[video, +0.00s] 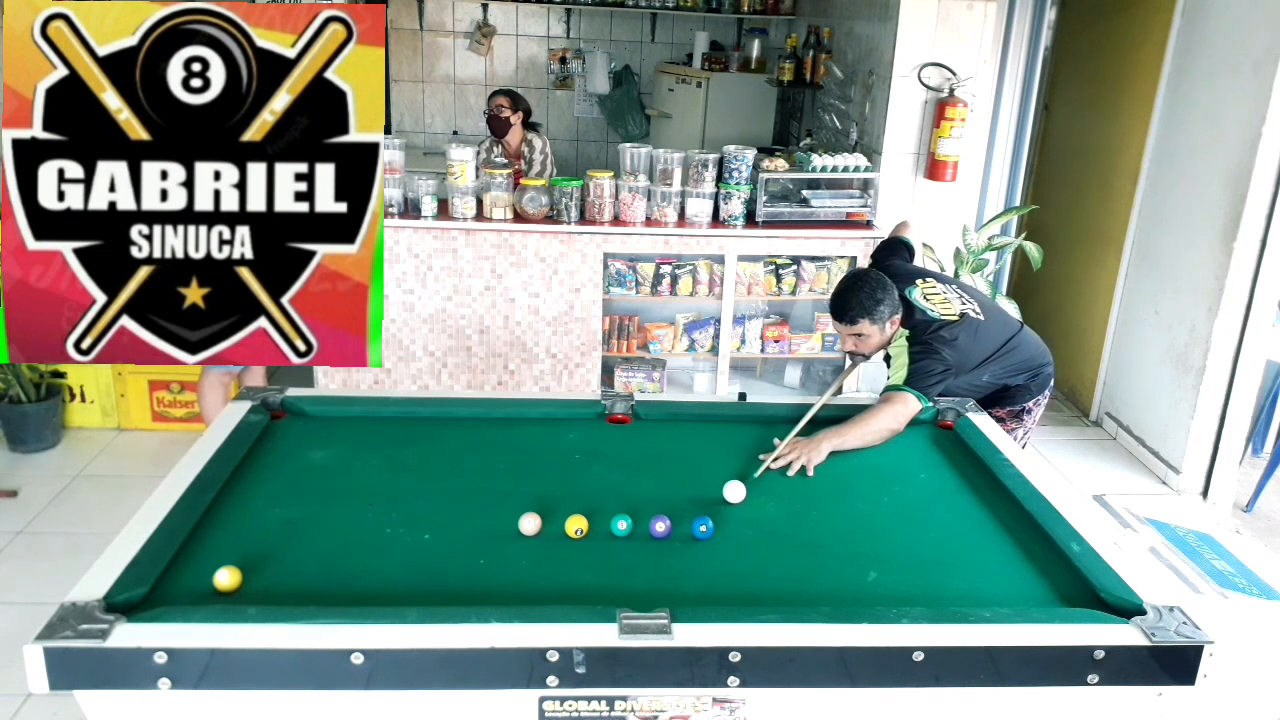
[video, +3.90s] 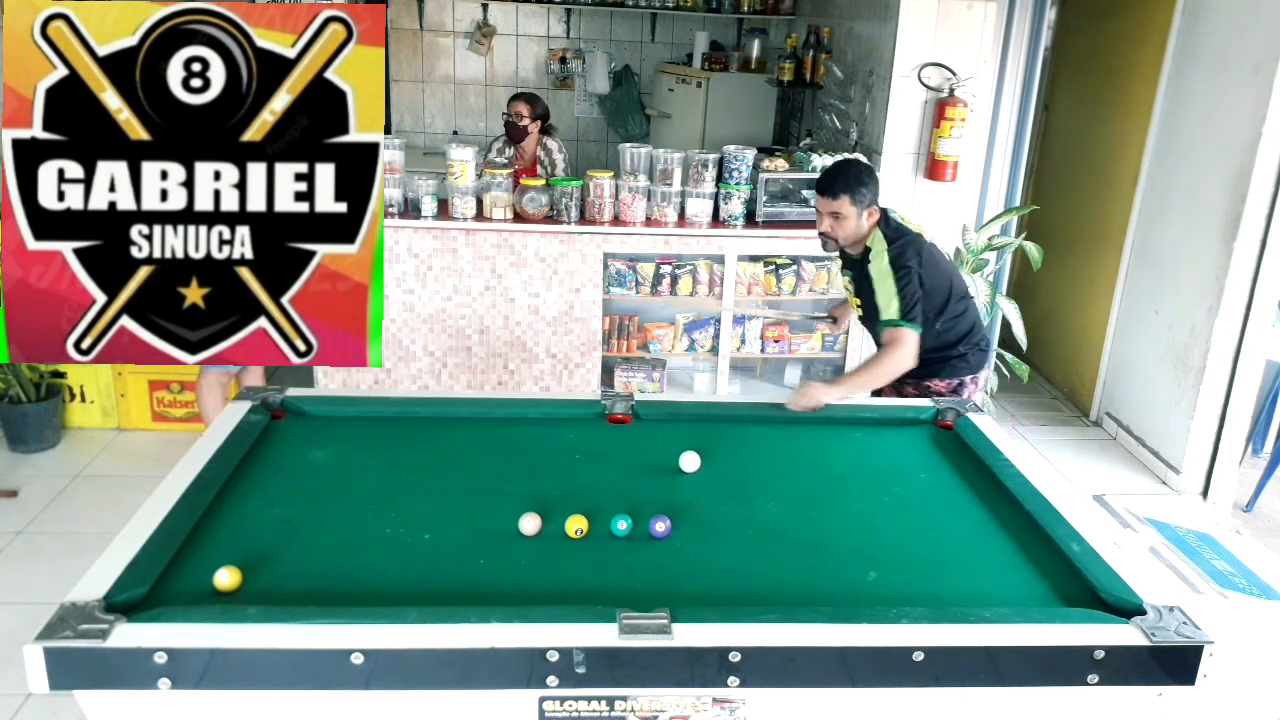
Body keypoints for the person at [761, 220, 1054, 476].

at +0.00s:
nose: (848, 346)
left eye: (859, 336)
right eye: (841, 333)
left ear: (893, 323)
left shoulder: (927, 350)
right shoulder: (889, 270)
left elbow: (893, 416)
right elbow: (905, 228)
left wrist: (825, 440)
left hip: (1023, 375)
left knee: (987, 476)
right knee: (948, 459)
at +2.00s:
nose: (844, 351)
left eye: (855, 340)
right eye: (837, 338)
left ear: (889, 327)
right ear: (831, 320)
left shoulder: (926, 351)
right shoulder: (884, 274)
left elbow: (894, 413)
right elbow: (899, 234)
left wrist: (824, 439)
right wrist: (869, 287)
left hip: (1022, 374)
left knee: (986, 473)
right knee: (945, 456)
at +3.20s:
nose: (846, 313)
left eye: (857, 302)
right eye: (840, 300)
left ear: (892, 293)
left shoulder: (926, 327)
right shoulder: (894, 256)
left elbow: (890, 400)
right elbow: (901, 233)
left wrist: (825, 440)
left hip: (1012, 375)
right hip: (955, 369)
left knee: (984, 475)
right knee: (940, 459)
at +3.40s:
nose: (839, 279)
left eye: (851, 269)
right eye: (835, 267)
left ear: (887, 264)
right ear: (829, 256)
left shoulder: (918, 294)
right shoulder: (888, 245)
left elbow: (900, 382)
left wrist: (831, 424)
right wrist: (887, 312)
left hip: (994, 377)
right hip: (939, 371)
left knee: (975, 479)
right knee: (924, 468)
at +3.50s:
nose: (834, 257)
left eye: (846, 247)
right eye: (830, 245)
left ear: (882, 243)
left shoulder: (914, 278)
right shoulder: (878, 254)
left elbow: (895, 373)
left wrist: (811, 396)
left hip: (980, 381)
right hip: (930, 375)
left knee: (968, 489)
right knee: (917, 480)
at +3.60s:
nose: (833, 247)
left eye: (845, 237)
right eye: (830, 235)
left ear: (882, 234)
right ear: (826, 226)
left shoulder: (912, 273)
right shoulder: (874, 248)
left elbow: (876, 364)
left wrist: (791, 386)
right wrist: (872, 315)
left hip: (971, 380)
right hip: (915, 372)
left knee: (954, 488)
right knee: (896, 476)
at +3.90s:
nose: (822, 227)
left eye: (835, 217)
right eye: (819, 214)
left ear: (870, 216)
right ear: (816, 204)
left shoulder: (894, 255)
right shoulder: (856, 236)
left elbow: (903, 353)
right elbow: (869, 278)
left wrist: (833, 390)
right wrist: (850, 305)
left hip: (948, 371)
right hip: (901, 363)